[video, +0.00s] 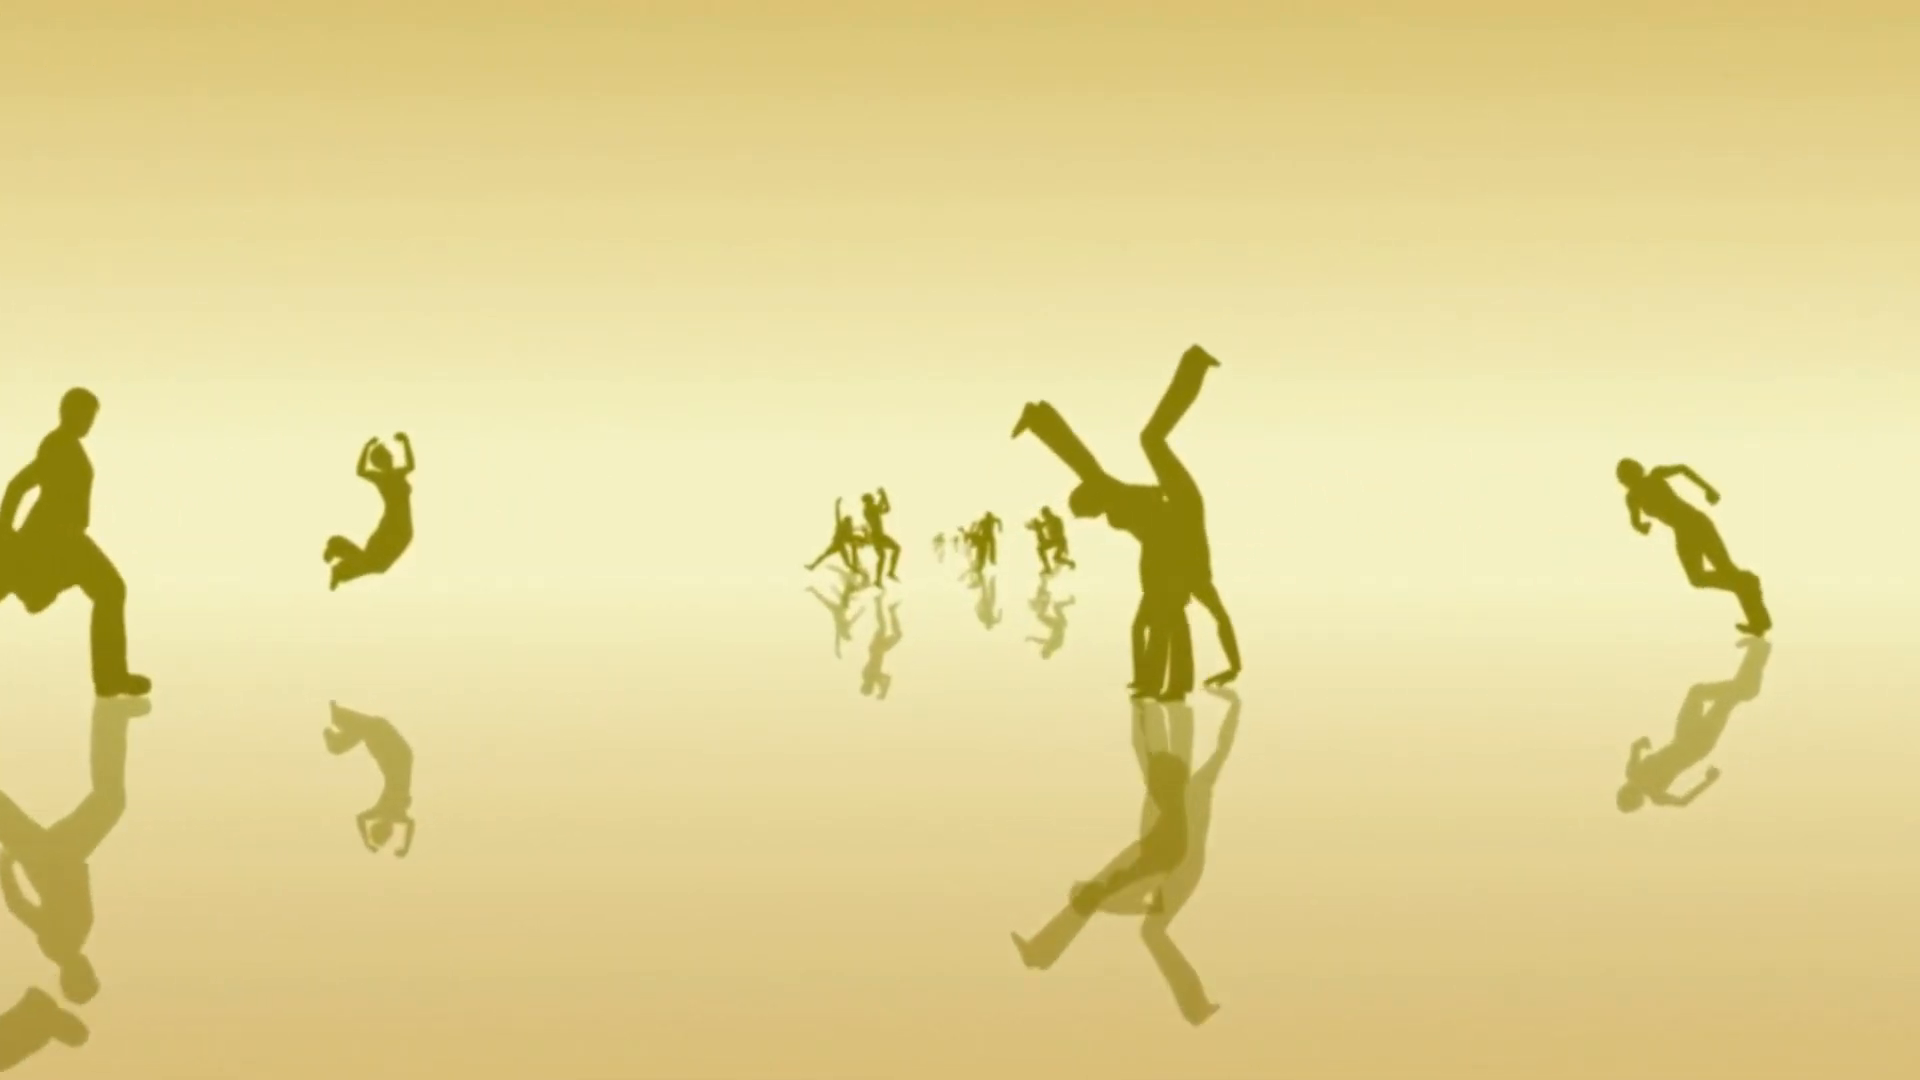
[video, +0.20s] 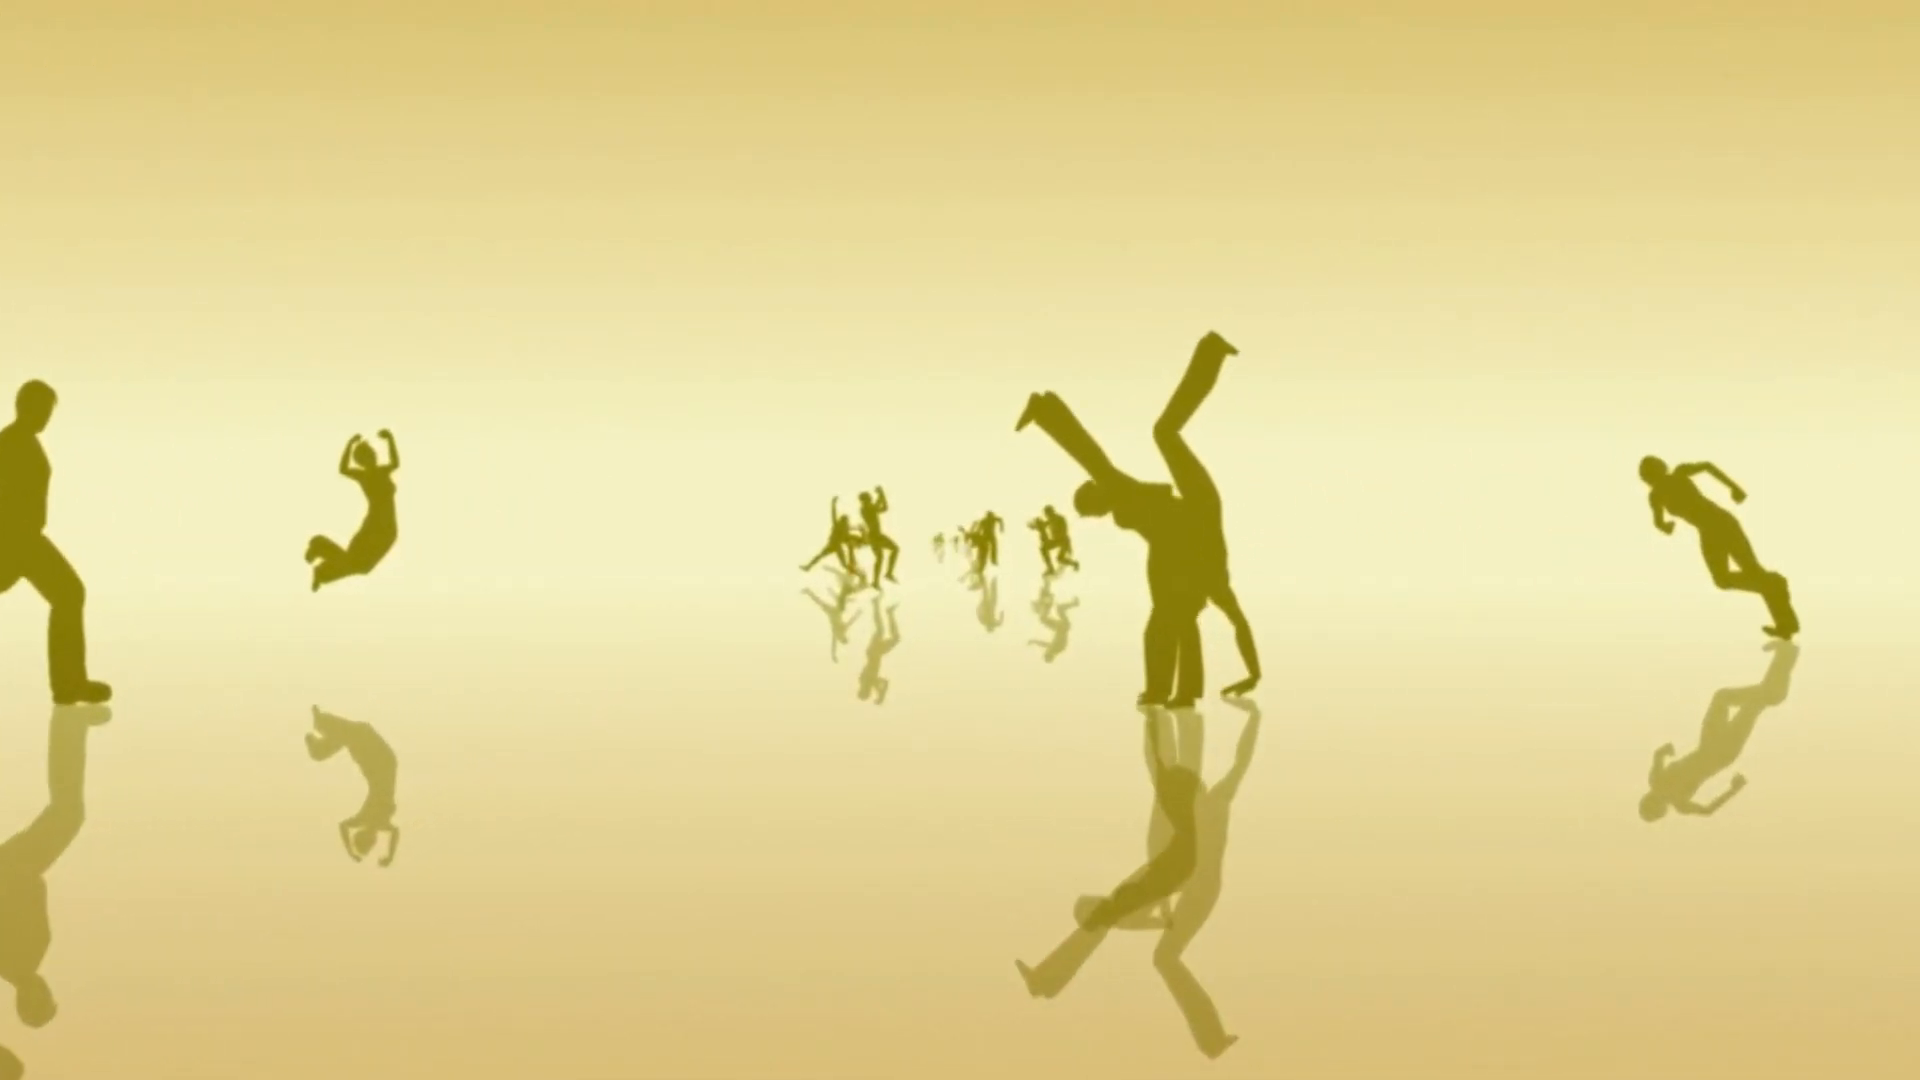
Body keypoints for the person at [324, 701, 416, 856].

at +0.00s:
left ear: (387, 829)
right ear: (375, 826)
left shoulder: (397, 816)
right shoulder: (378, 812)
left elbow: (411, 823)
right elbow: (360, 818)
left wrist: (405, 848)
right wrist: (366, 842)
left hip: (383, 731)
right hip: (372, 728)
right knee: (336, 747)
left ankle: (338, 713)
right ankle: (327, 732)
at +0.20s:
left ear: (371, 838)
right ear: (359, 835)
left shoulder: (380, 824)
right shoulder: (361, 821)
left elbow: (396, 831)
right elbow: (342, 826)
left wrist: (390, 856)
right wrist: (349, 851)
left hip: (365, 735)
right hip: (355, 734)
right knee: (318, 754)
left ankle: (321, 719)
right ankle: (309, 737)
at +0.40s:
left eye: (347, 856)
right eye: (343, 856)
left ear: (354, 847)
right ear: (342, 844)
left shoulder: (364, 832)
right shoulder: (343, 829)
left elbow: (379, 841)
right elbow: (324, 834)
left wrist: (373, 866)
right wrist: (332, 860)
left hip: (349, 741)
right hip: (336, 741)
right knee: (299, 760)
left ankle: (302, 725)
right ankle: (290, 742)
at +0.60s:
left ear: (335, 856)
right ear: (322, 853)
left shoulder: (346, 841)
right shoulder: (325, 838)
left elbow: (362, 849)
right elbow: (305, 843)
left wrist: (355, 875)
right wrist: (312, 870)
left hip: (330, 747)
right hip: (317, 747)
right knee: (279, 767)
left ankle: (282, 730)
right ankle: (270, 749)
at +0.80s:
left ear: (316, 866)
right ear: (303, 863)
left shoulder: (327, 851)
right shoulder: (307, 847)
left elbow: (343, 859)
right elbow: (286, 853)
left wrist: (337, 886)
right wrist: (293, 881)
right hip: (298, 753)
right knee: (258, 774)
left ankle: (262, 736)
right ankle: (249, 756)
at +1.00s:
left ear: (297, 876)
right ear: (283, 872)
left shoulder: (307, 860)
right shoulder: (286, 857)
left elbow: (324, 870)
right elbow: (263, 863)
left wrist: (317, 898)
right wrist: (271, 891)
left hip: (290, 761)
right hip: (276, 760)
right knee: (236, 782)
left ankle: (239, 742)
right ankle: (226, 762)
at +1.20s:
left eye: (265, 899)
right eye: (262, 897)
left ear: (274, 886)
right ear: (261, 883)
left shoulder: (285, 871)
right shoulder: (264, 867)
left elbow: (303, 880)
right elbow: (241, 873)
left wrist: (296, 909)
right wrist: (249, 903)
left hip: (268, 766)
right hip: (254, 767)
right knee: (213, 789)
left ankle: (217, 749)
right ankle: (202, 772)